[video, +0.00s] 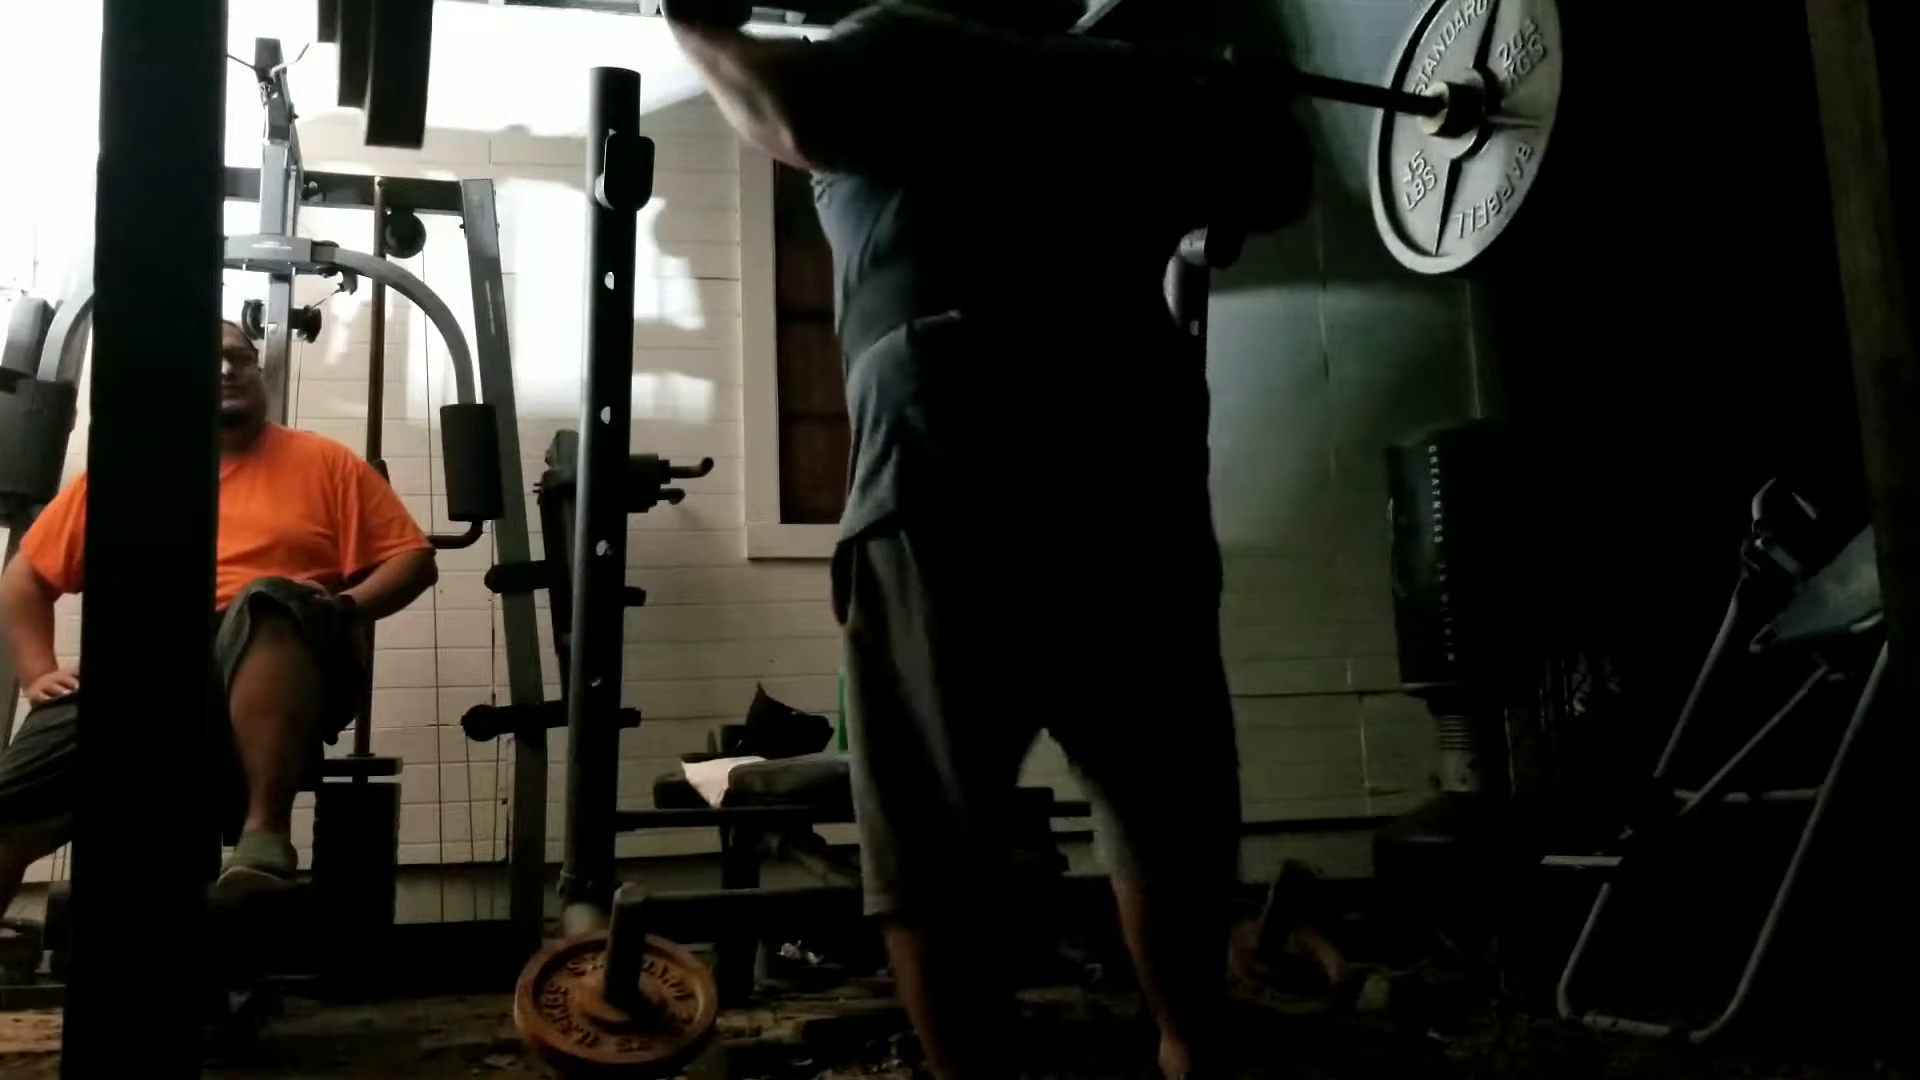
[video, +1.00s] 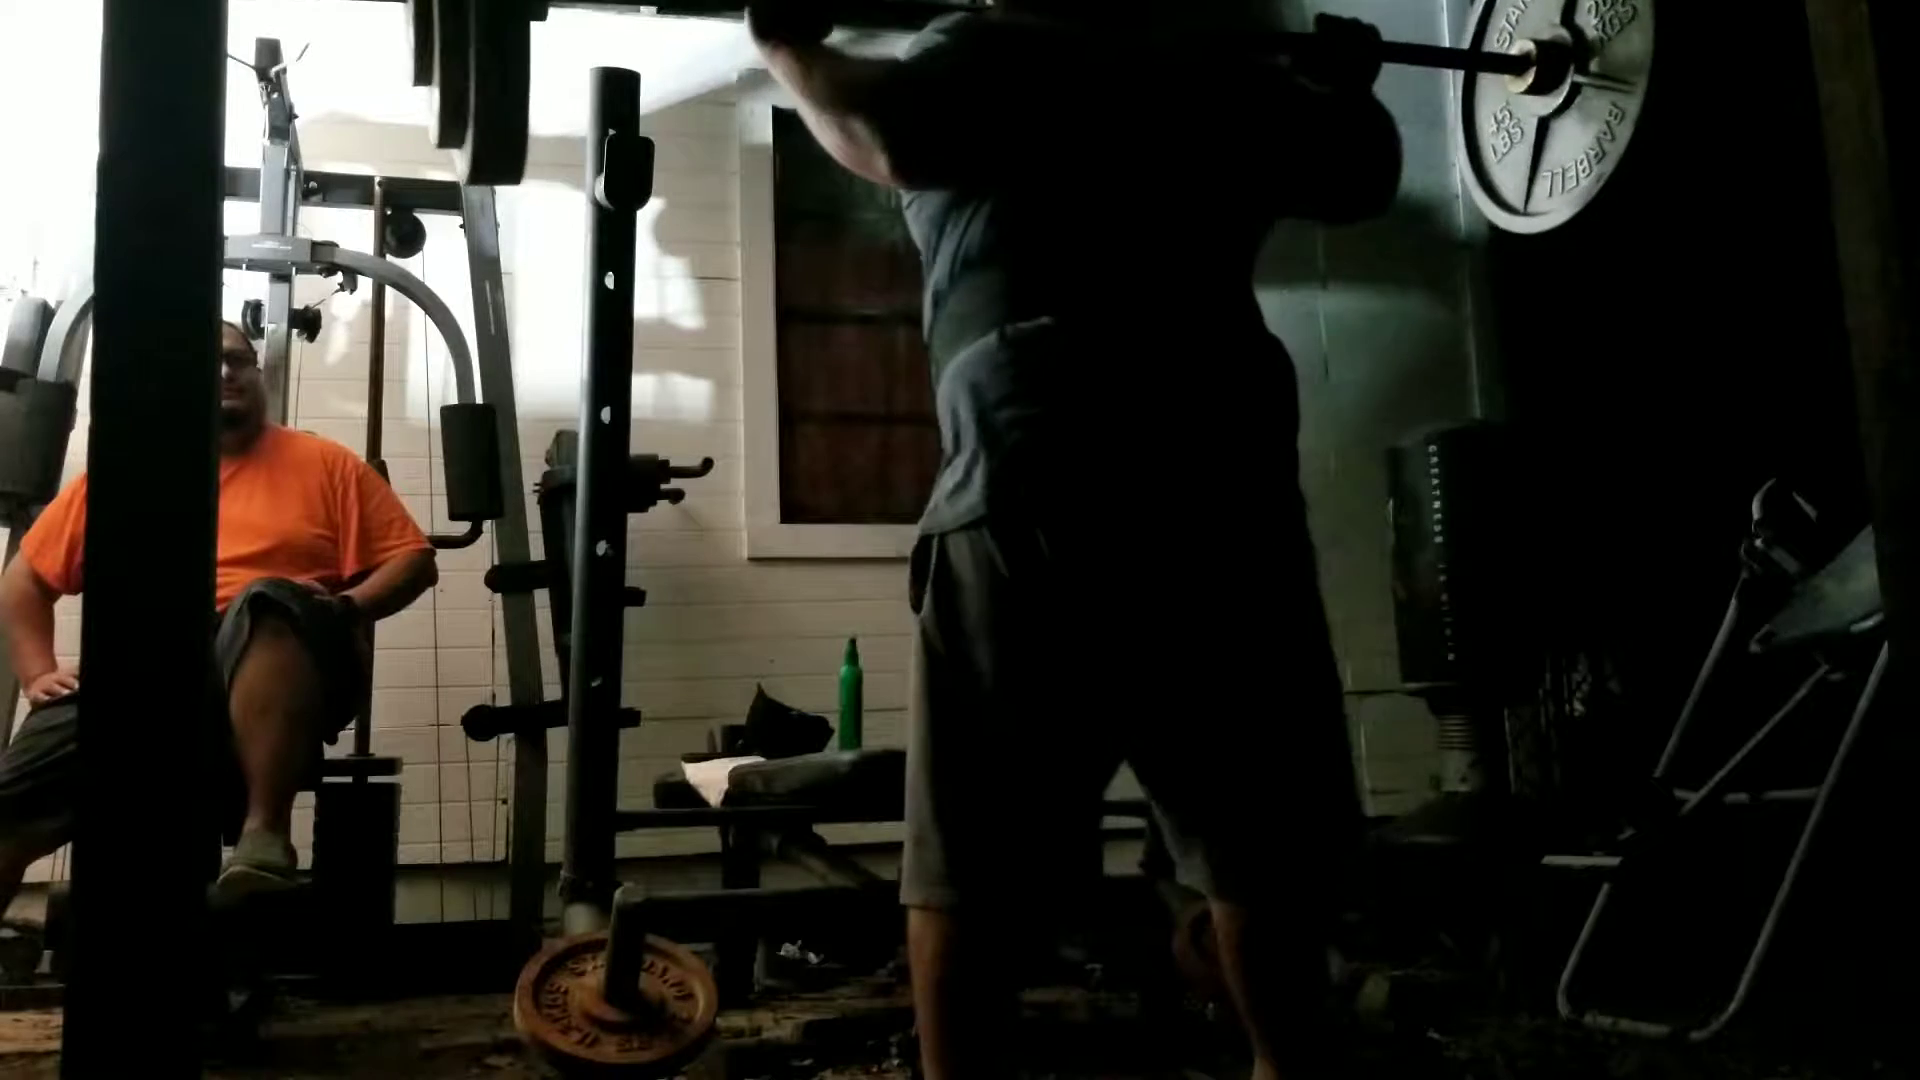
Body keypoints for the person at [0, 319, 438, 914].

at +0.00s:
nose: (228, 370)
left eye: (240, 358)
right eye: (211, 360)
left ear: (263, 374)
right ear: (185, 378)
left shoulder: (325, 463)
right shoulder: (133, 466)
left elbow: (414, 558)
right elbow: (24, 575)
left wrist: (347, 603)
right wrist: (37, 670)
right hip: (144, 666)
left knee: (272, 603)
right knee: (13, 805)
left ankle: (265, 830)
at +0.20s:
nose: (228, 370)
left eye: (240, 358)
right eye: (211, 360)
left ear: (264, 374)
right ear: (186, 378)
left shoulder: (325, 463)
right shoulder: (134, 466)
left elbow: (414, 558)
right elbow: (24, 575)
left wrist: (347, 604)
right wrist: (38, 670)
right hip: (144, 666)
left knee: (273, 603)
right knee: (13, 803)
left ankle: (265, 829)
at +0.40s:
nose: (228, 369)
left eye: (240, 358)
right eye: (212, 358)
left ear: (264, 375)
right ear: (186, 376)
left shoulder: (325, 464)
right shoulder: (132, 467)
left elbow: (414, 559)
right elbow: (25, 576)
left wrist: (349, 603)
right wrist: (37, 671)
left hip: (289, 670)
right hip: (146, 668)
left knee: (273, 605)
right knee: (10, 810)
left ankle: (266, 830)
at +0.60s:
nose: (228, 371)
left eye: (239, 359)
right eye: (212, 360)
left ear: (263, 375)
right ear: (186, 377)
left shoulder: (324, 464)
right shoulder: (132, 467)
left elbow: (414, 558)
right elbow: (25, 576)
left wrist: (350, 603)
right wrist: (37, 671)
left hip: (288, 669)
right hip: (146, 667)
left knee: (273, 605)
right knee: (11, 808)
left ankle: (265, 829)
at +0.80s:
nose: (227, 372)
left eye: (239, 360)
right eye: (211, 361)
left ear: (262, 375)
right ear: (185, 378)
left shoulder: (324, 463)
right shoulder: (132, 467)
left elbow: (414, 559)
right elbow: (25, 575)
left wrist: (350, 603)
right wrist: (37, 671)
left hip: (289, 669)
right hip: (146, 667)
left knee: (273, 605)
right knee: (11, 809)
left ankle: (266, 830)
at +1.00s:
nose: (227, 373)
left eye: (239, 360)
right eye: (211, 361)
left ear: (264, 375)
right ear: (186, 378)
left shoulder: (326, 465)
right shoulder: (132, 467)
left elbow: (414, 559)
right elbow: (25, 573)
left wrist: (350, 603)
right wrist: (38, 671)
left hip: (285, 664)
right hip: (145, 664)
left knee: (271, 604)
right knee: (12, 806)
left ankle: (265, 830)